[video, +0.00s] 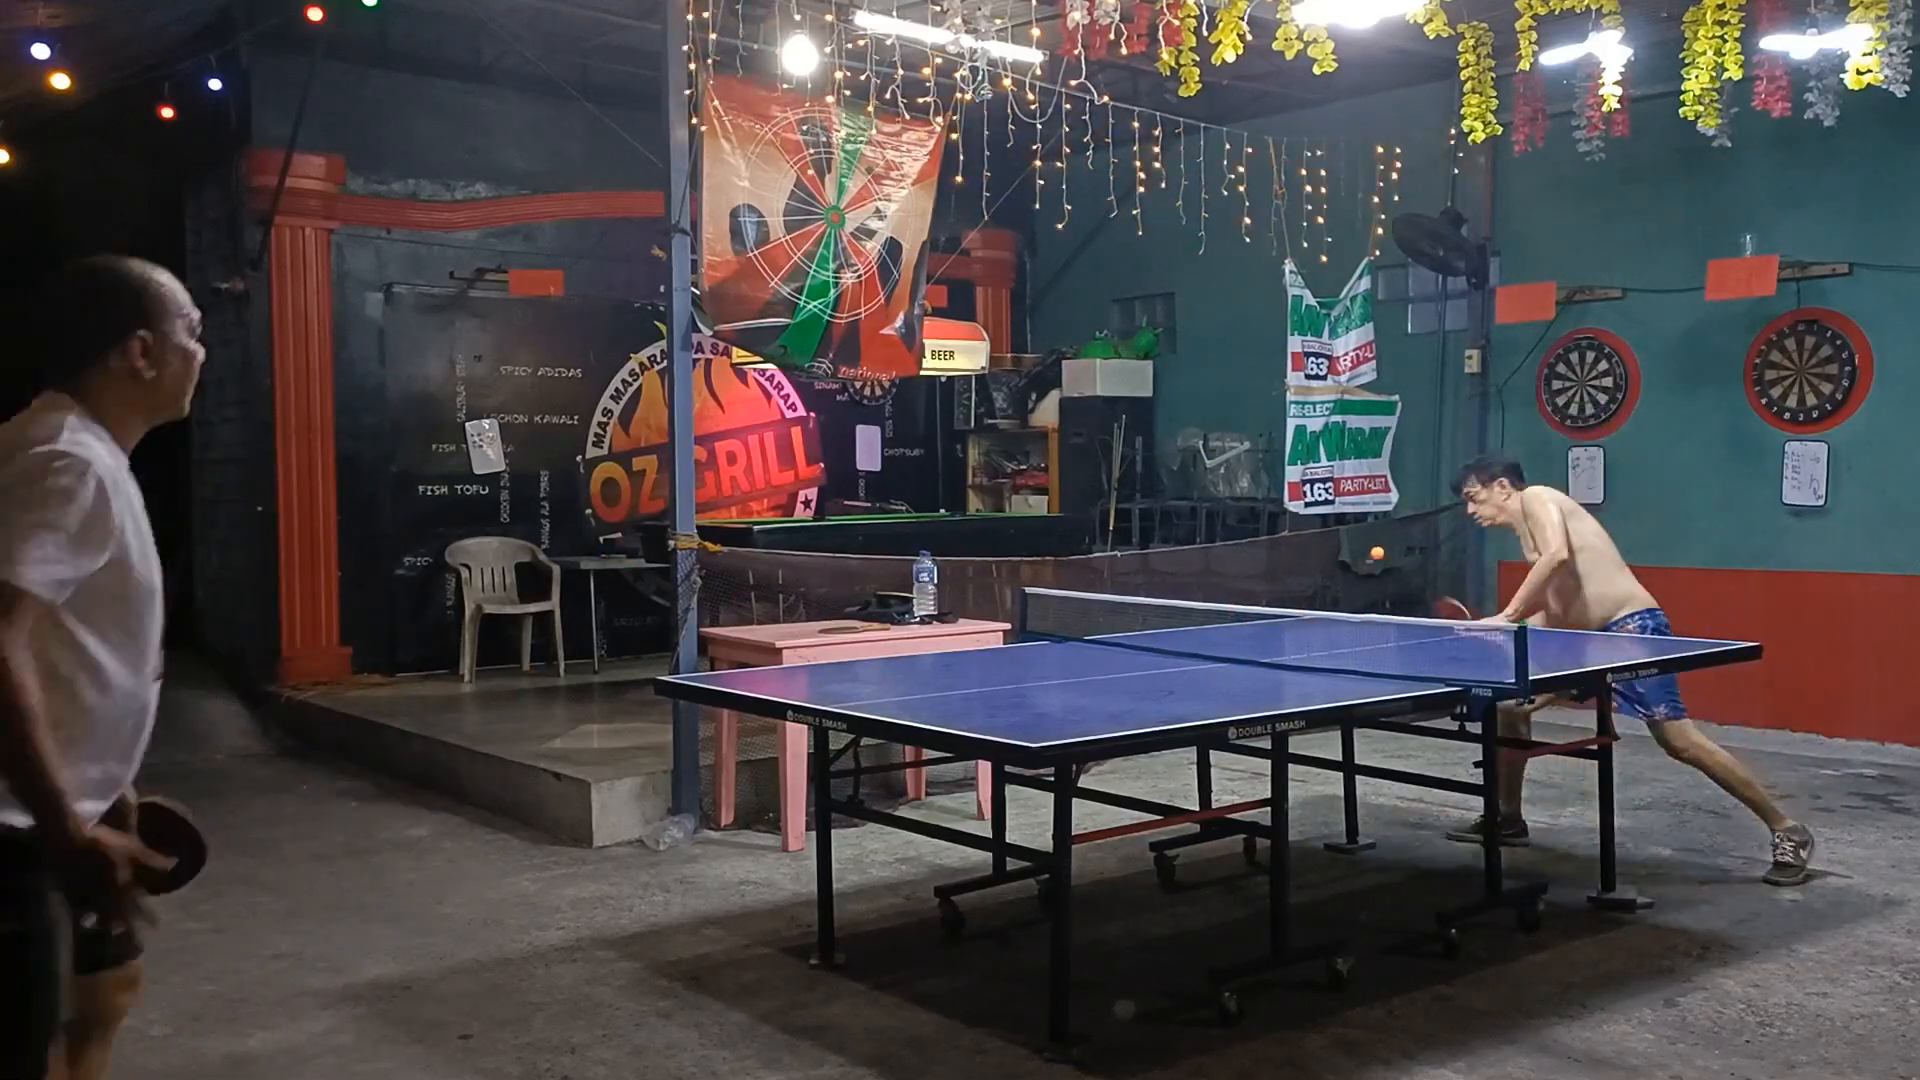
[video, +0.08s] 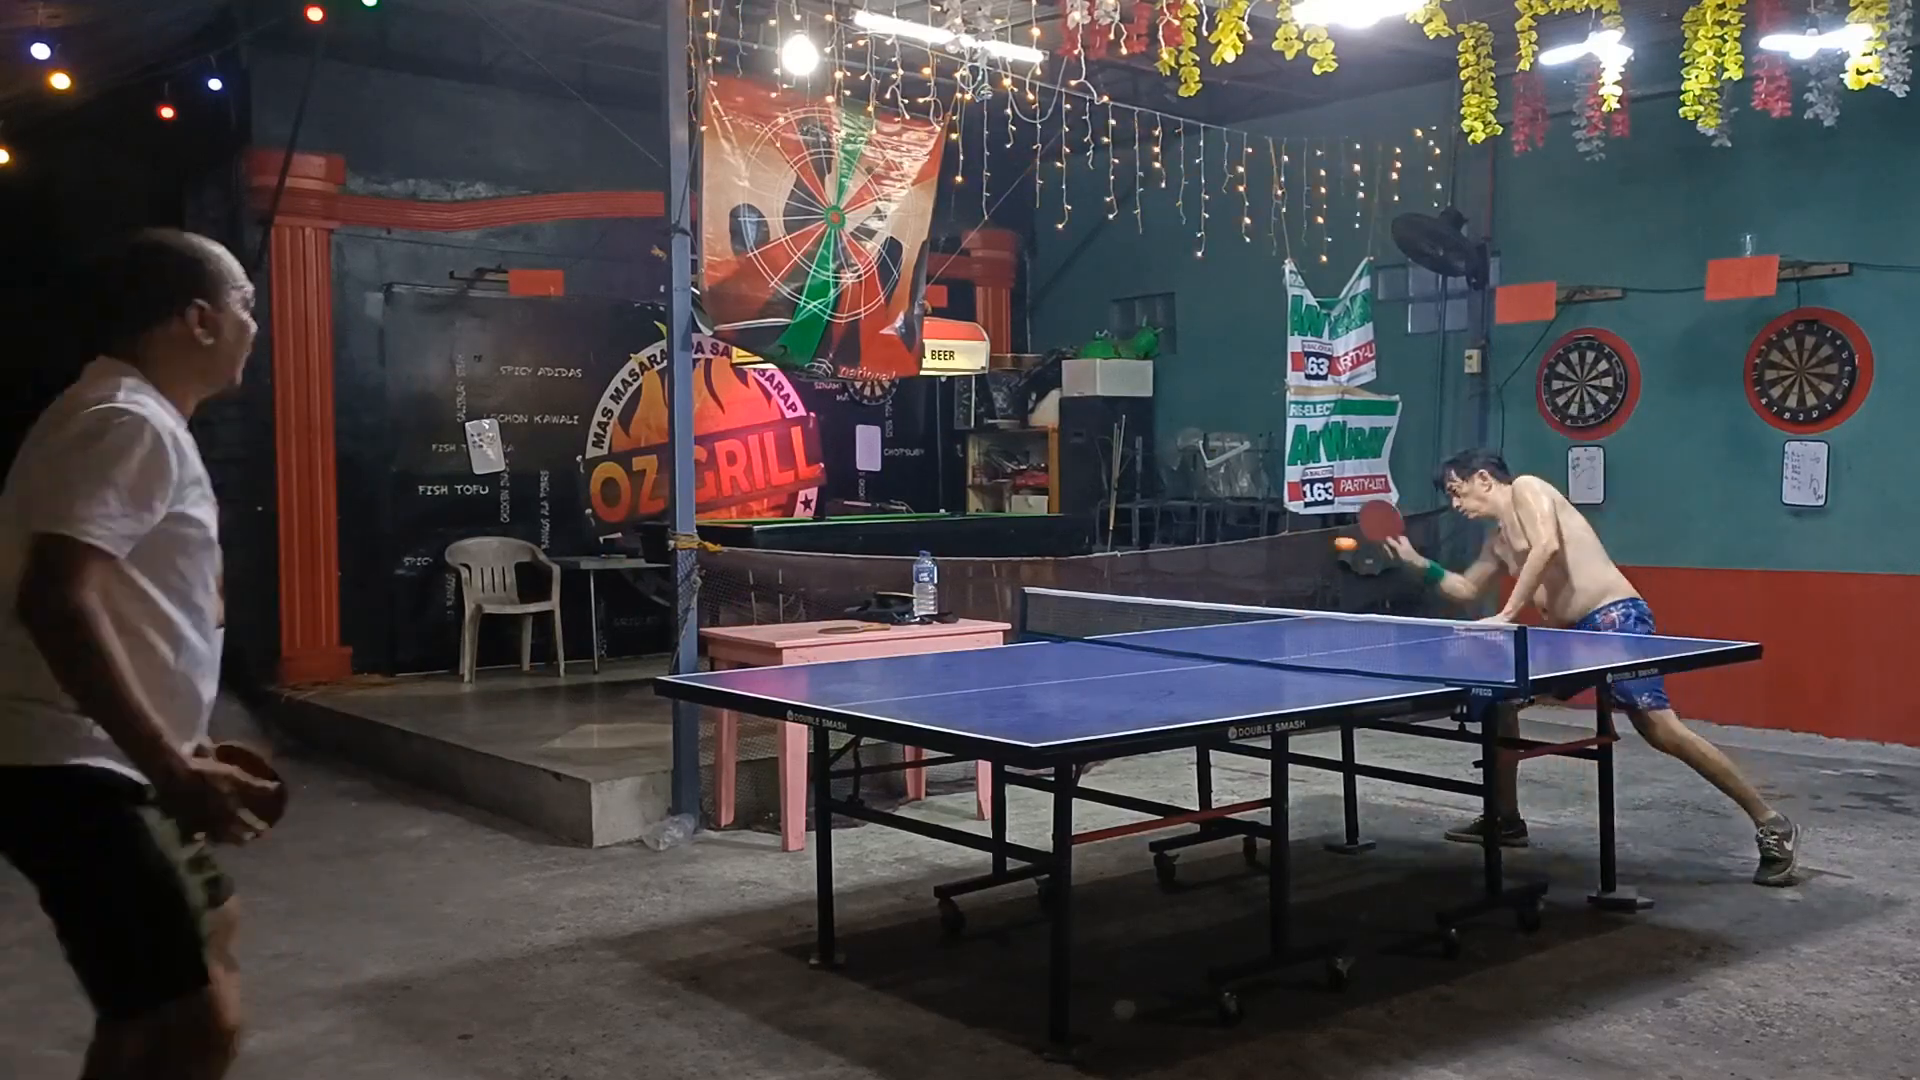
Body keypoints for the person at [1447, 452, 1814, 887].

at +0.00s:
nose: (1469, 510)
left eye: (1472, 498)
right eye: (1465, 502)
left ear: (1502, 486)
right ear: (1493, 496)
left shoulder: (1536, 497)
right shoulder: (1528, 533)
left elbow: (1556, 553)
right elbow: (1555, 613)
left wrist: (1505, 616)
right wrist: (1502, 632)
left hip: (1633, 626)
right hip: (1587, 640)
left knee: (1679, 741)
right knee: (1507, 706)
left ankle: (1787, 830)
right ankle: (1507, 818)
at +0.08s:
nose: (1457, 507)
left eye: (1458, 495)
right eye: (1452, 500)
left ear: (1484, 478)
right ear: (1475, 490)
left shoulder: (1526, 488)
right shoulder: (1501, 536)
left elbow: (1545, 546)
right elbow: (1465, 589)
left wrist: (1505, 616)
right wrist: (1418, 564)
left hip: (1618, 618)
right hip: (1575, 635)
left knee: (1663, 730)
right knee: (1496, 699)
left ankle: (1770, 823)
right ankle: (1503, 816)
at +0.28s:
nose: (1444, 474)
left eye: (1449, 461)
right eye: (1440, 467)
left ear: (1480, 454)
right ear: (1461, 465)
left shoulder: (1523, 478)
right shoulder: (1486, 511)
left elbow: (1542, 546)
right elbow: (1496, 554)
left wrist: (1509, 613)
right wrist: (1433, 554)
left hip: (1605, 612)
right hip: (1551, 624)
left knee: (1650, 722)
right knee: (1492, 696)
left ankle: (1738, 820)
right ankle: (1503, 813)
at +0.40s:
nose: (1452, 476)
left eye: (1458, 463)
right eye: (1447, 468)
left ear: (1490, 458)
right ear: (1477, 468)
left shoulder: (1531, 484)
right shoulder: (1495, 504)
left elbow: (1552, 553)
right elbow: (1513, 551)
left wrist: (1509, 613)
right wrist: (1454, 556)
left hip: (1610, 617)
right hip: (1557, 627)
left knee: (1650, 729)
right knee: (1492, 699)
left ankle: (1742, 826)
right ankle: (1503, 815)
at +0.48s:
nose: (1480, 471)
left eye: (1488, 460)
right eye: (1474, 463)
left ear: (1520, 458)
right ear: (1477, 468)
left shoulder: (1559, 489)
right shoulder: (1517, 504)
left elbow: (1569, 563)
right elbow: (1527, 559)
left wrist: (1509, 615)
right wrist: (1466, 566)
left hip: (1622, 623)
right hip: (1568, 628)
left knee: (1654, 736)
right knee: (1498, 698)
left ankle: (1743, 832)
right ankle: (1504, 816)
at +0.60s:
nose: (1514, 451)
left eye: (1523, 440)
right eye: (1509, 443)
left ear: (1556, 439)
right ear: (1508, 447)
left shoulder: (1591, 478)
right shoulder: (1546, 490)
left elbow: (1580, 555)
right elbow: (1548, 550)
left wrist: (1515, 609)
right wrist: (1483, 560)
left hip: (1647, 618)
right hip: (1589, 619)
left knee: (1673, 728)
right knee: (1534, 704)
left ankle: (1749, 835)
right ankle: (1509, 813)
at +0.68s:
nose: (1536, 433)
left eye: (1546, 423)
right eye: (1531, 426)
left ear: (1580, 423)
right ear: (1533, 432)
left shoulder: (1614, 461)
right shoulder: (1562, 479)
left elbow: (1605, 538)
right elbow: (1554, 537)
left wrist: (1540, 589)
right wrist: (1501, 549)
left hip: (1671, 604)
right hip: (1613, 610)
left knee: (1692, 715)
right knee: (1567, 703)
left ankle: (1759, 830)